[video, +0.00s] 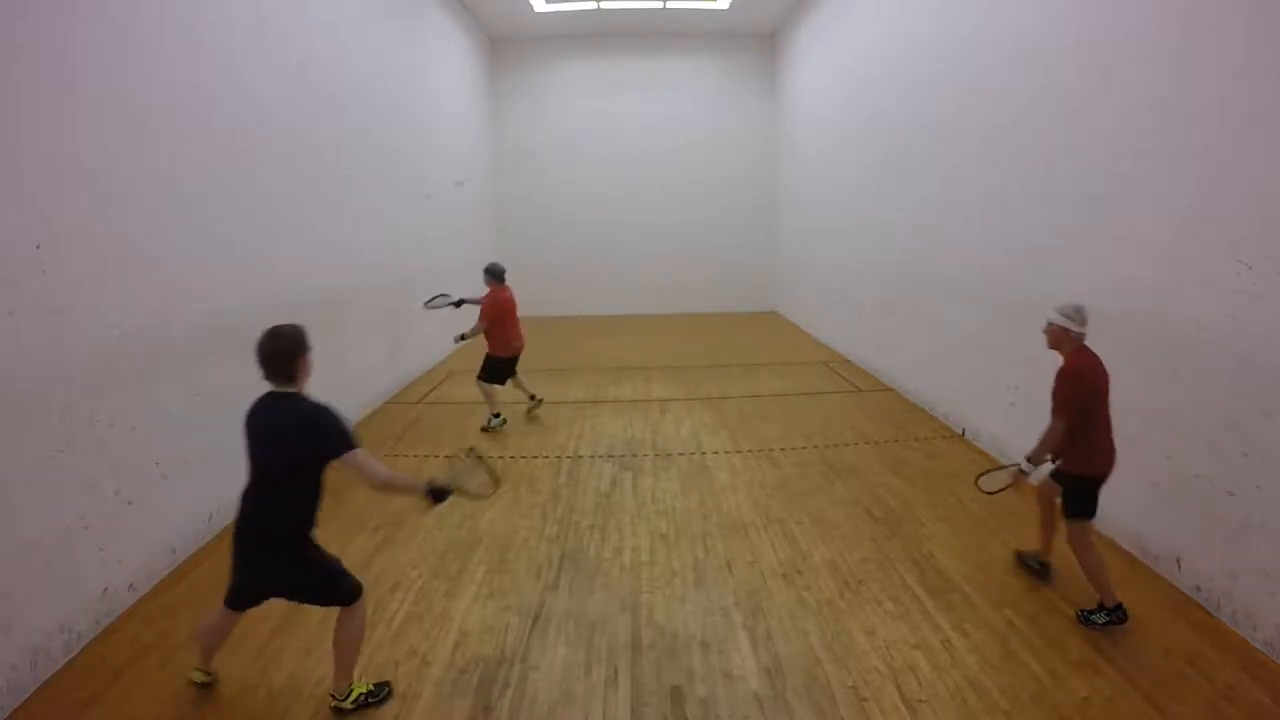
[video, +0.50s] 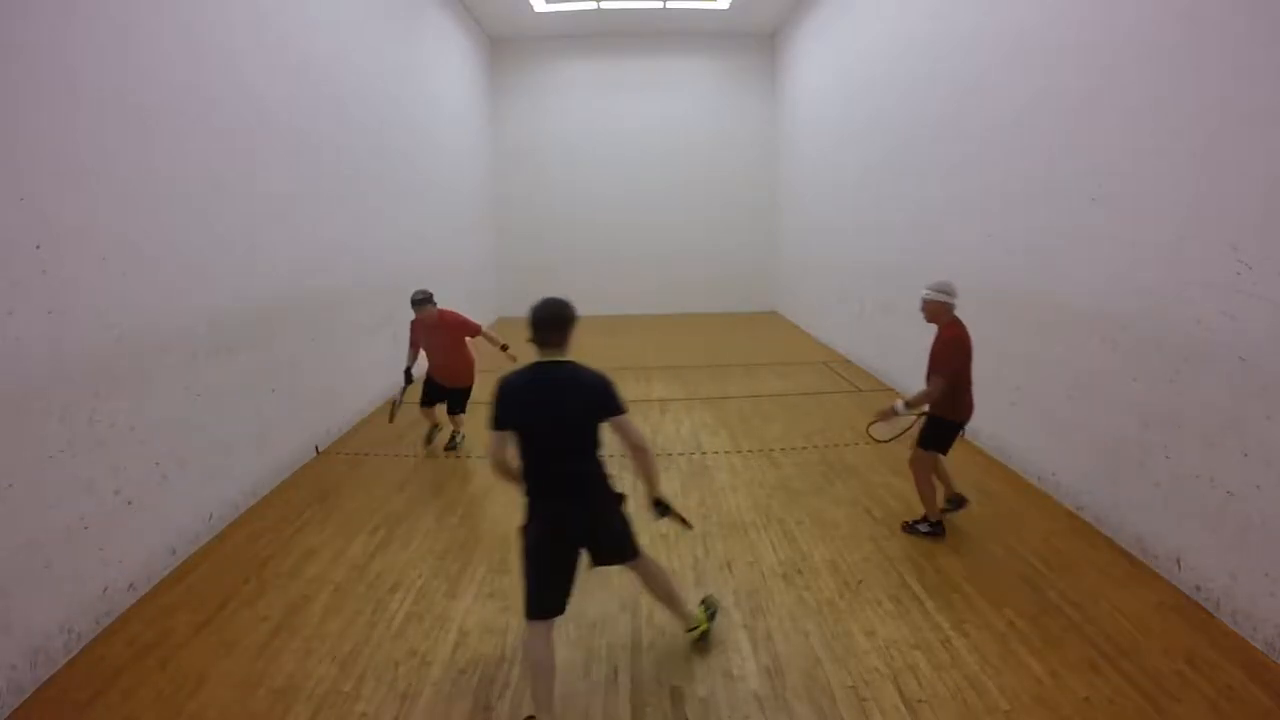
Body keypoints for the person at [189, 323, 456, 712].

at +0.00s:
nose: (310, 360)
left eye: (307, 353)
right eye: (308, 355)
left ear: (266, 366)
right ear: (304, 364)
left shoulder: (258, 412)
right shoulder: (317, 417)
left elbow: (269, 471)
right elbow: (377, 476)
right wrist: (427, 488)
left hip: (249, 541)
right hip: (290, 547)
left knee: (233, 606)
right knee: (352, 597)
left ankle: (201, 668)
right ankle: (343, 690)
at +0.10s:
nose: (355, 341)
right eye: (356, 334)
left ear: (318, 343)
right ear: (358, 341)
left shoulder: (304, 391)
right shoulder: (379, 394)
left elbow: (268, 446)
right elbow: (438, 442)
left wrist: (313, 439)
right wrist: (476, 452)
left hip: (300, 518)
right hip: (346, 523)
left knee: (282, 600)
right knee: (364, 605)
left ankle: (256, 685)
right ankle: (343, 691)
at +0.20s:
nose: (403, 312)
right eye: (406, 305)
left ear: (367, 310)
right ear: (408, 310)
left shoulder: (347, 359)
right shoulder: (425, 361)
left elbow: (292, 399)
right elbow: (461, 416)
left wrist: (342, 430)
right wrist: (485, 457)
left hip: (366, 487)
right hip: (411, 489)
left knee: (366, 590)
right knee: (400, 592)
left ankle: (357, 679)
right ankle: (363, 673)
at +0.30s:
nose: (458, 302)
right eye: (460, 295)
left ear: (421, 300)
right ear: (462, 300)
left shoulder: (398, 348)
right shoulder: (477, 353)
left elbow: (345, 392)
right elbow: (495, 418)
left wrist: (372, 450)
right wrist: (520, 476)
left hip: (424, 485)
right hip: (472, 483)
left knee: (452, 593)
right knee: (476, 580)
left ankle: (465, 696)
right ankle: (444, 658)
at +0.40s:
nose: (517, 321)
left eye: (507, 313)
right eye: (519, 315)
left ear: (477, 317)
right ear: (516, 320)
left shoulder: (450, 369)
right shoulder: (536, 372)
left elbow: (415, 430)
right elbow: (560, 438)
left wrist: (430, 488)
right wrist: (579, 496)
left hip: (487, 504)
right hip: (537, 498)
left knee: (513, 612)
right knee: (559, 568)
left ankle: (533, 708)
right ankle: (579, 656)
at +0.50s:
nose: (558, 336)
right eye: (566, 327)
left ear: (532, 334)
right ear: (570, 332)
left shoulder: (512, 386)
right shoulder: (592, 382)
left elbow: (499, 460)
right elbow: (636, 445)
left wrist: (530, 479)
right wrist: (654, 493)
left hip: (547, 515)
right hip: (596, 505)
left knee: (538, 623)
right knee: (638, 559)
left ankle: (542, 712)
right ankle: (692, 621)